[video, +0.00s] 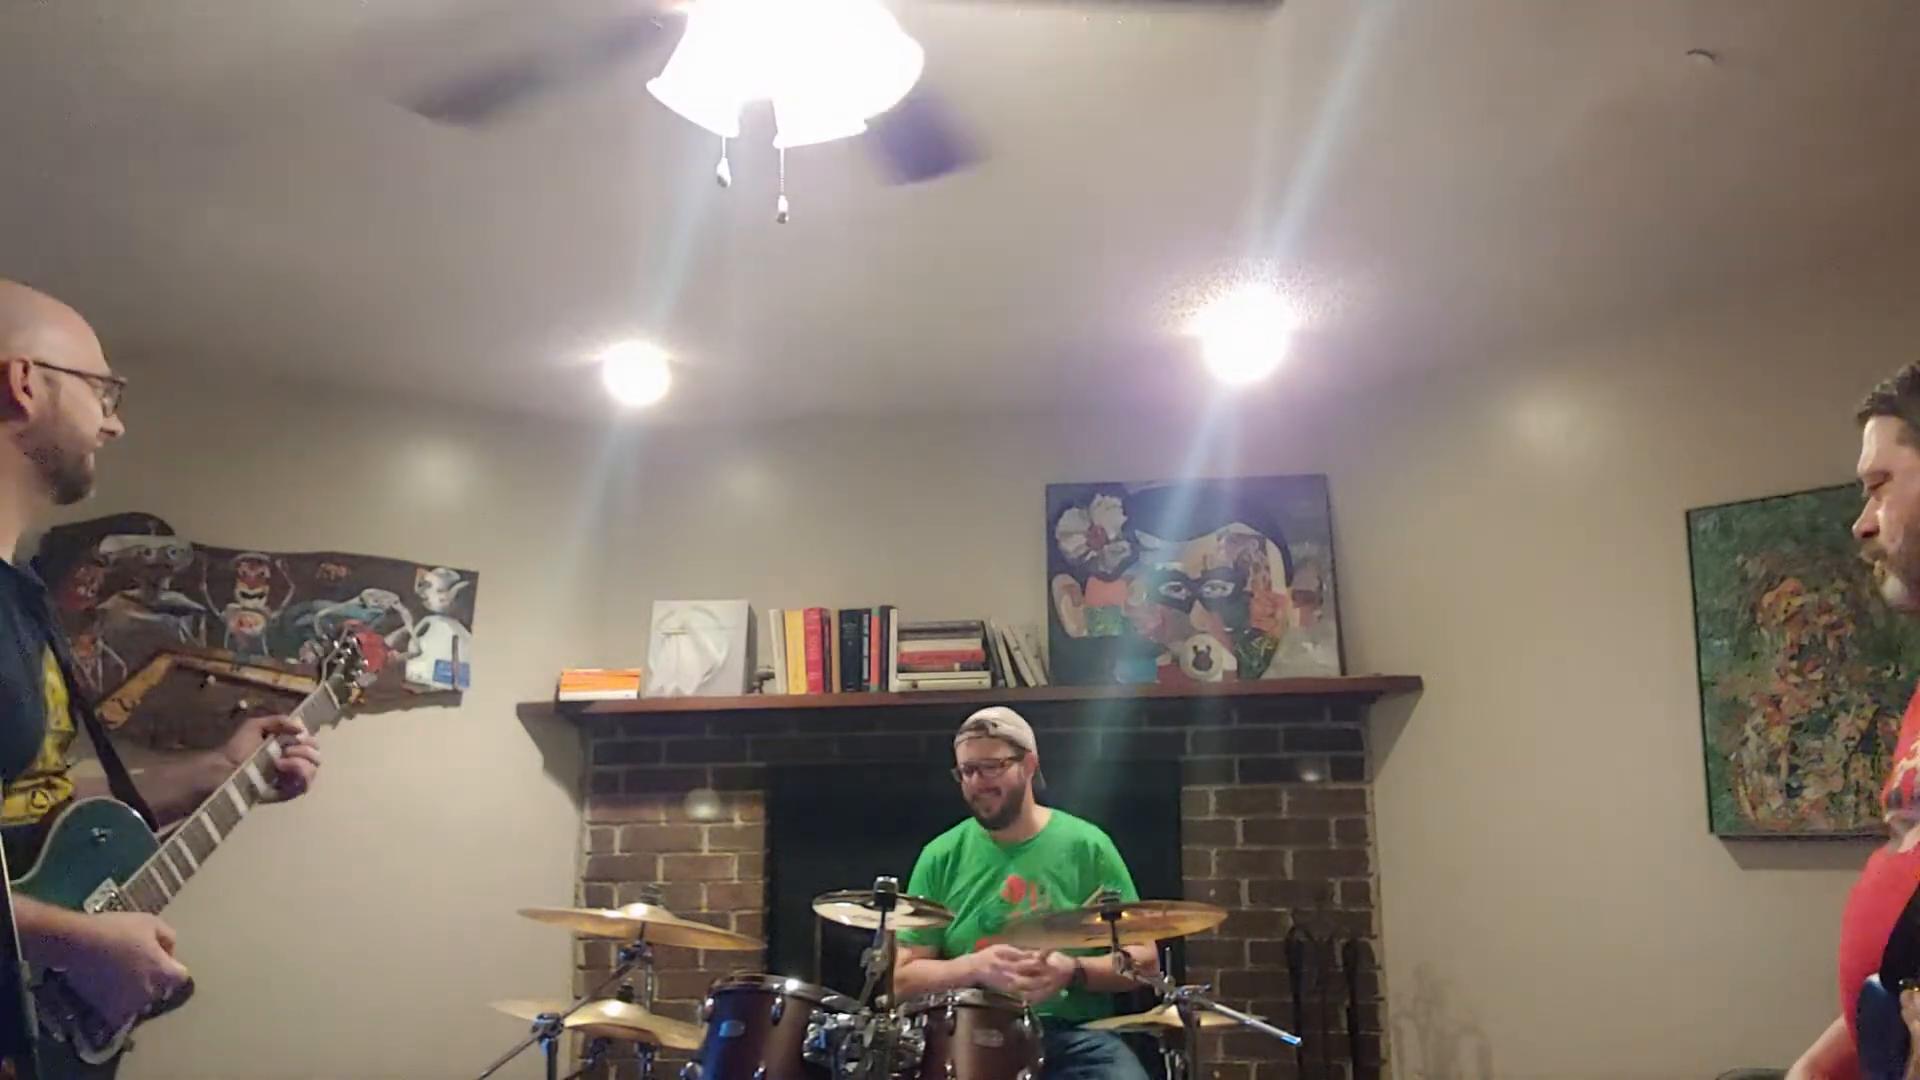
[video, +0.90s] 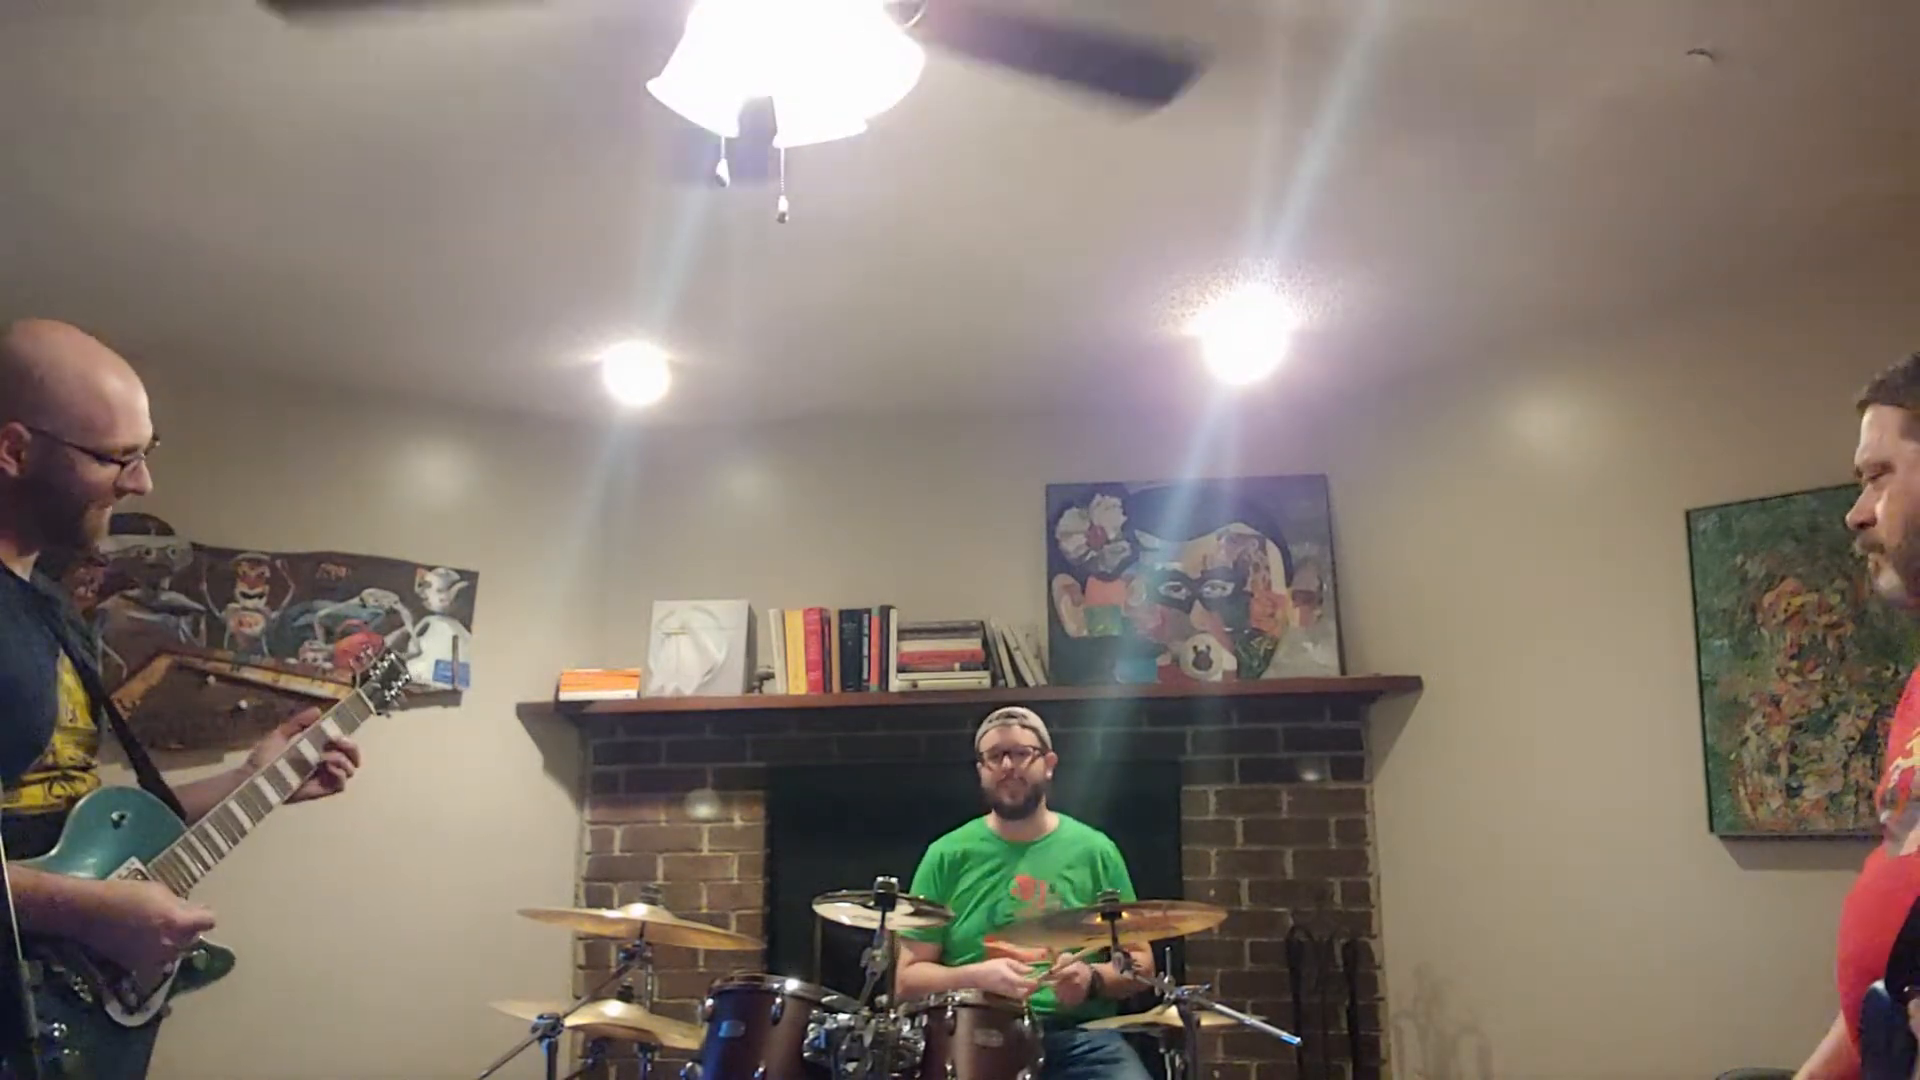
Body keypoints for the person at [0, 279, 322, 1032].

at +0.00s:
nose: (114, 425)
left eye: (112, 397)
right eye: (102, 391)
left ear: (27, 386)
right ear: (24, 384)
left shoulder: (23, 597)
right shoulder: (8, 599)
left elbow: (37, 814)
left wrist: (219, 770)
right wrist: (67, 941)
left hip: (52, 1040)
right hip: (16, 1046)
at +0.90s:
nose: (142, 483)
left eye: (144, 454)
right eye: (117, 458)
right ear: (14, 450)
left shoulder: (49, 616)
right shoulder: (17, 621)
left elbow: (77, 826)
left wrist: (252, 780)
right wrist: (78, 909)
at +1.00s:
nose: (136, 496)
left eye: (143, 467)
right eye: (108, 466)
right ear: (11, 446)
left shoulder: (47, 622)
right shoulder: (17, 623)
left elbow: (70, 830)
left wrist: (252, 777)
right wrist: (73, 914)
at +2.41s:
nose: (153, 524)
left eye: (172, 495)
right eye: (132, 487)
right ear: (33, 434)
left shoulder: (20, 595)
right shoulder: (12, 600)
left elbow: (14, 818)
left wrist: (185, 834)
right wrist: (9, 999)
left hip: (30, 1038)